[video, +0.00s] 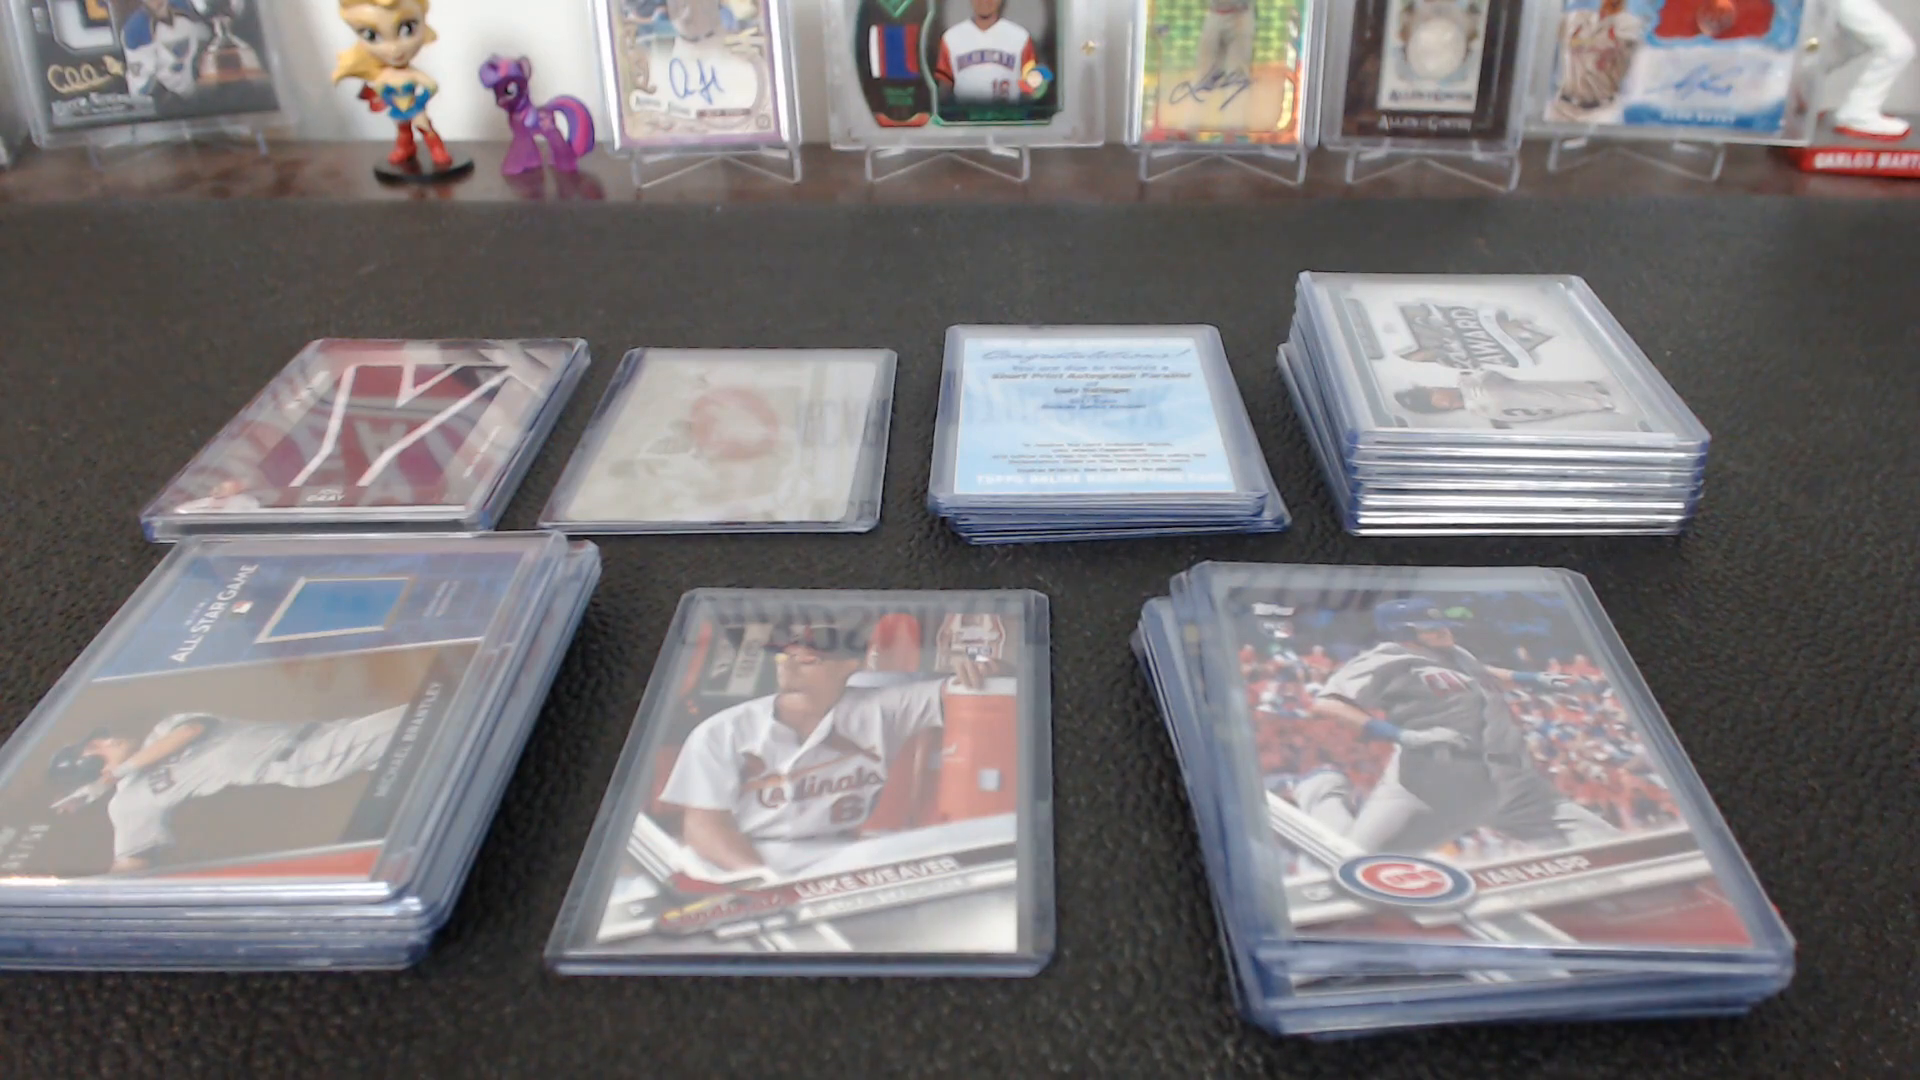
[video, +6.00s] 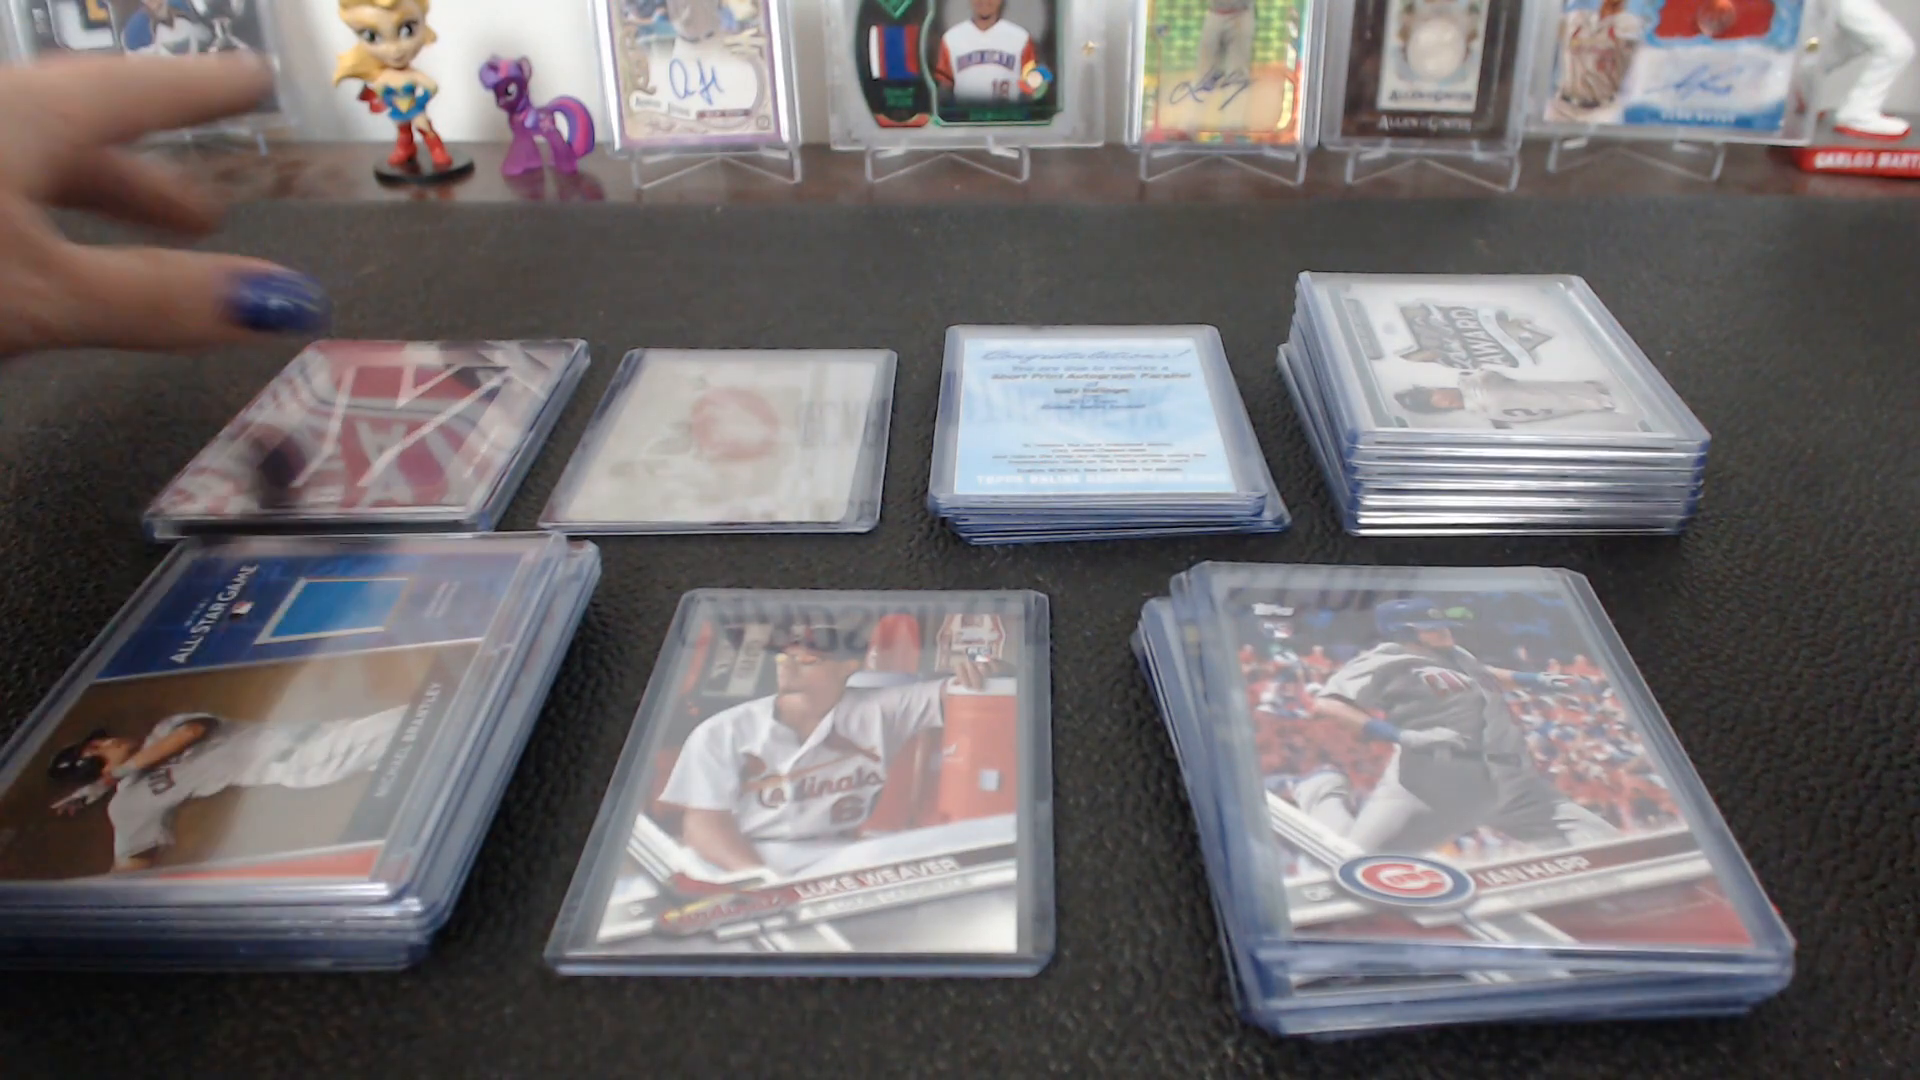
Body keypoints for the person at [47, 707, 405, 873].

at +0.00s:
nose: (109, 740)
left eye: (98, 740)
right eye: (99, 746)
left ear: (106, 742)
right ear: (100, 768)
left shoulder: (162, 727)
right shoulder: (131, 799)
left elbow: (193, 732)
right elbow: (130, 870)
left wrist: (116, 775)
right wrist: (80, 897)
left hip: (312, 731)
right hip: (299, 760)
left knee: (417, 719)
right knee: (414, 717)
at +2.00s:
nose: (110, 740)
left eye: (99, 739)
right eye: (100, 746)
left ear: (107, 742)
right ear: (100, 770)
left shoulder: (159, 727)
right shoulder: (131, 800)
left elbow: (192, 732)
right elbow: (130, 870)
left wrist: (115, 776)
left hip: (310, 732)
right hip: (298, 760)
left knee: (414, 721)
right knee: (412, 717)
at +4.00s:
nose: (111, 740)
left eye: (101, 739)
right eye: (101, 747)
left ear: (108, 742)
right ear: (100, 771)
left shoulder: (161, 729)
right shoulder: (131, 799)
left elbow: (193, 732)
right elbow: (129, 871)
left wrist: (119, 773)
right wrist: (82, 899)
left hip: (312, 733)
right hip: (299, 760)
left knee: (416, 722)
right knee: (414, 718)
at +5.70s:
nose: (109, 751)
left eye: (98, 747)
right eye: (99, 760)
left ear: (108, 736)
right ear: (100, 776)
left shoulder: (160, 727)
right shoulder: (131, 801)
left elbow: (191, 733)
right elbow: (128, 872)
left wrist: (117, 775)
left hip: (305, 735)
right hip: (291, 768)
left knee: (412, 719)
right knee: (408, 721)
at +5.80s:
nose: (104, 771)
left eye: (98, 758)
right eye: (94, 774)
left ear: (112, 741)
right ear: (96, 786)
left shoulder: (161, 731)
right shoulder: (130, 802)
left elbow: (193, 732)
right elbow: (130, 871)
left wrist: (124, 770)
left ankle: (418, 715)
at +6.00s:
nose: (115, 740)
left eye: (106, 739)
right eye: (105, 744)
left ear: (108, 745)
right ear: (101, 761)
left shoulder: (163, 727)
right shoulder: (130, 800)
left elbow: (196, 730)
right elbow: (130, 871)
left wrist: (118, 774)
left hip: (293, 731)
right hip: (286, 763)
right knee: (400, 724)